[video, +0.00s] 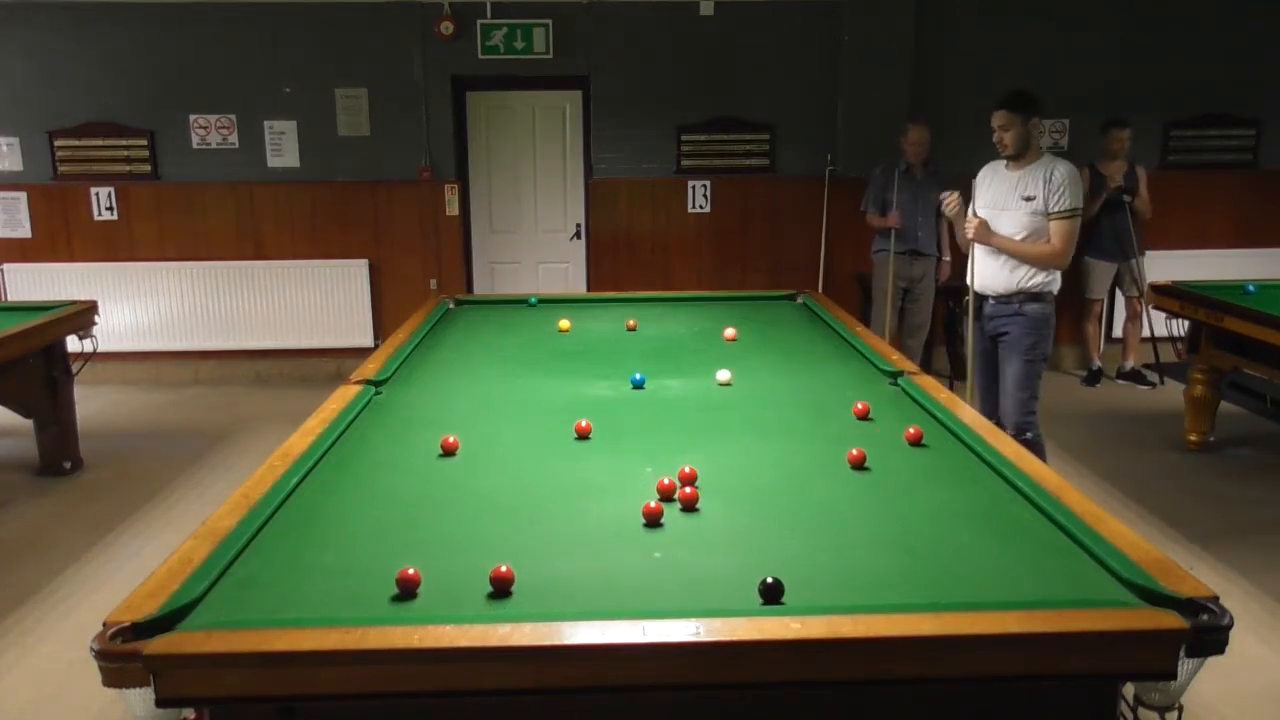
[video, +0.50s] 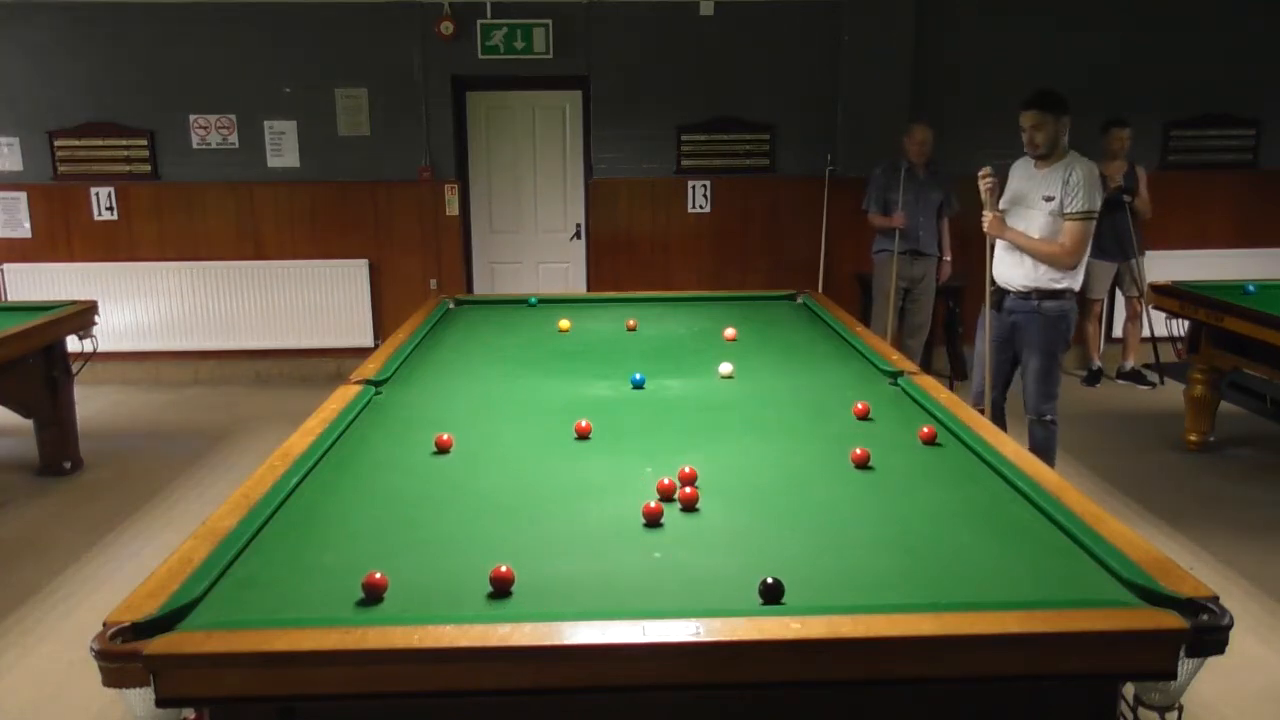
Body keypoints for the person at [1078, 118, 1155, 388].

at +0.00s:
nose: (1123, 146)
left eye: (1126, 141)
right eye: (1117, 140)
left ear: (1130, 142)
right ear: (1105, 141)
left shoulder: (1136, 172)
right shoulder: (1089, 173)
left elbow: (1146, 212)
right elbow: (1083, 214)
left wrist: (1131, 196)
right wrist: (1104, 193)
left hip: (1130, 249)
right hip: (1099, 250)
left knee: (1135, 309)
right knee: (1094, 309)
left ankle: (1128, 366)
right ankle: (1094, 364)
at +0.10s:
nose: (1123, 145)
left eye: (1126, 140)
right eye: (1117, 140)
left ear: (1130, 142)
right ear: (1105, 141)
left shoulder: (1136, 171)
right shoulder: (1091, 172)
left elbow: (1146, 211)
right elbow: (1085, 213)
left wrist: (1132, 194)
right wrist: (1105, 192)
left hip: (1130, 249)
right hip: (1099, 250)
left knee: (1135, 309)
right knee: (1094, 308)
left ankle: (1127, 366)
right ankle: (1094, 364)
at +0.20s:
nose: (1123, 145)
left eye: (1126, 140)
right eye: (1117, 140)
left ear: (1130, 142)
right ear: (1105, 141)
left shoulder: (1136, 171)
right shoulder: (1091, 171)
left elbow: (1146, 211)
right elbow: (1085, 212)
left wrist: (1131, 194)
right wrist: (1105, 192)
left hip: (1131, 250)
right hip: (1099, 250)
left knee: (1135, 309)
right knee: (1094, 309)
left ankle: (1127, 366)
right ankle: (1094, 364)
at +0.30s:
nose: (1123, 145)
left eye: (1126, 140)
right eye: (1117, 140)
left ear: (1130, 142)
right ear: (1105, 141)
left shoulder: (1136, 171)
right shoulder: (1093, 173)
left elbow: (1146, 211)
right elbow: (1085, 209)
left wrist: (1131, 195)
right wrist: (1105, 192)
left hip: (1131, 249)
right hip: (1100, 250)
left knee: (1135, 309)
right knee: (1094, 308)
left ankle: (1127, 366)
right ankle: (1094, 364)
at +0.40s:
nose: (1122, 145)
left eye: (1126, 140)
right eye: (1117, 140)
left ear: (1130, 142)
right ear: (1105, 141)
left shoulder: (1136, 171)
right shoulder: (1093, 172)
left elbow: (1146, 211)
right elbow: (1086, 208)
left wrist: (1131, 194)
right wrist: (1105, 191)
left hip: (1131, 249)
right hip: (1100, 249)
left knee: (1135, 309)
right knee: (1093, 308)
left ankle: (1127, 366)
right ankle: (1094, 364)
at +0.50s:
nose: (1122, 145)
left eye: (1126, 140)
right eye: (1117, 139)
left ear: (1130, 142)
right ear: (1105, 141)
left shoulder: (1136, 171)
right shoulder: (1093, 172)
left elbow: (1146, 211)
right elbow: (1085, 207)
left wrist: (1131, 194)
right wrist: (1105, 191)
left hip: (1131, 249)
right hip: (1100, 249)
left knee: (1135, 309)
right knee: (1093, 309)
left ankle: (1127, 366)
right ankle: (1094, 364)